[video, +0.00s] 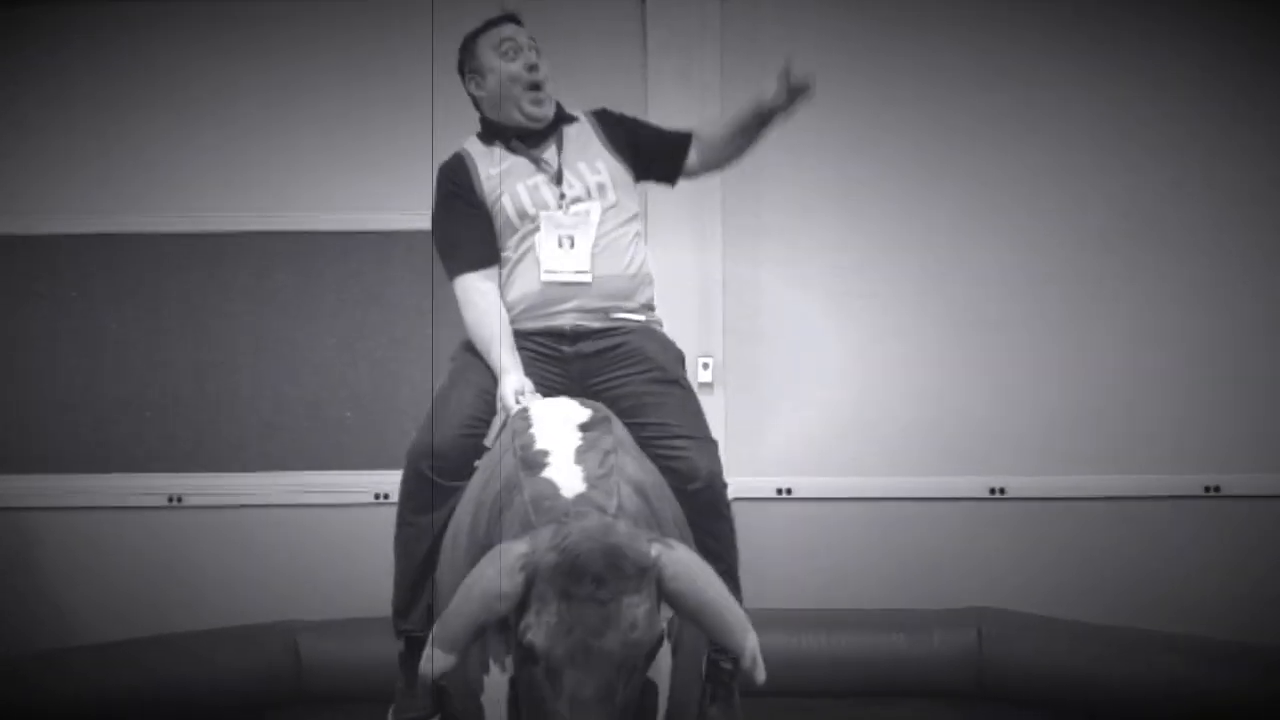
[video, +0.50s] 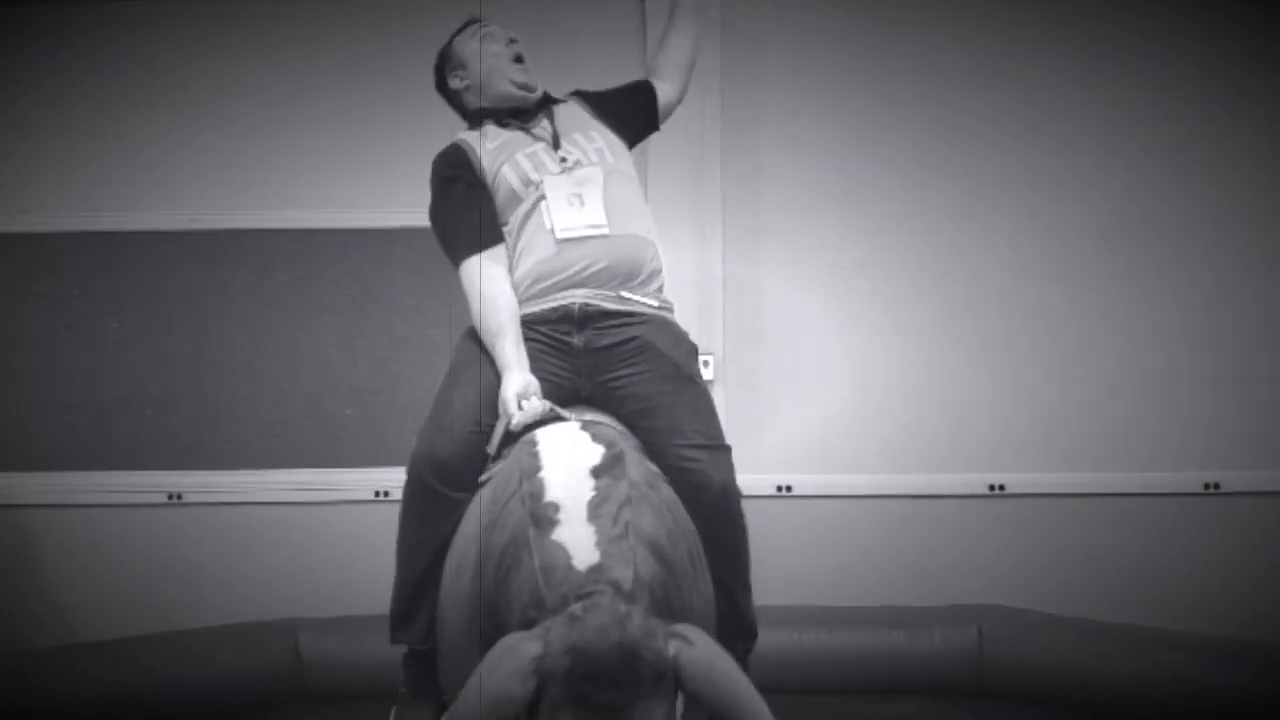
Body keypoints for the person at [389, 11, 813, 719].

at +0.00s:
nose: (533, 64)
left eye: (534, 51)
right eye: (509, 56)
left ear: (547, 65)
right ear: (474, 87)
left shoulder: (605, 132)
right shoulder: (466, 172)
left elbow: (699, 155)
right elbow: (474, 284)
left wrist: (765, 111)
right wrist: (508, 371)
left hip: (626, 339)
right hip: (519, 346)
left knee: (700, 476)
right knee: (434, 456)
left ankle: (725, 663)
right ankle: (418, 652)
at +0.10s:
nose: (532, 55)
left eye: (533, 43)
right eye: (508, 47)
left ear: (546, 61)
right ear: (474, 84)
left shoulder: (604, 121)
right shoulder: (467, 165)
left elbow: (701, 116)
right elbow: (479, 279)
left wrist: (761, 46)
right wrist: (510, 368)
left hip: (630, 336)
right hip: (523, 343)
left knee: (703, 475)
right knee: (436, 458)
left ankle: (730, 666)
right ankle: (420, 659)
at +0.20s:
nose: (533, 50)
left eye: (532, 38)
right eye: (509, 43)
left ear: (548, 57)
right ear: (477, 80)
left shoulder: (607, 114)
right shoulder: (470, 160)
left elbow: (694, 89)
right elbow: (483, 278)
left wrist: (742, 10)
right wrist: (513, 368)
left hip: (633, 331)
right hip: (521, 339)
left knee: (705, 475)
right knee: (437, 455)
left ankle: (728, 662)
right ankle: (423, 658)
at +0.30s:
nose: (529, 45)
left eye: (527, 35)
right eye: (505, 40)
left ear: (542, 55)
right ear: (473, 80)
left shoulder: (604, 111)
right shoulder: (469, 158)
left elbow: (685, 76)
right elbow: (485, 278)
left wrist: (717, 8)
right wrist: (514, 370)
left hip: (636, 328)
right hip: (525, 336)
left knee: (708, 474)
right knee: (438, 456)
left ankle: (730, 655)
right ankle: (421, 654)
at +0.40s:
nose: (528, 51)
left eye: (527, 43)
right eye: (506, 45)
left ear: (539, 63)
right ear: (467, 80)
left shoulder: (601, 111)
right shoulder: (468, 158)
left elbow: (677, 75)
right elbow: (487, 276)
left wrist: (701, 2)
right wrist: (516, 371)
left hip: (637, 328)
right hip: (522, 336)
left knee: (709, 477)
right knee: (439, 462)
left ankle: (728, 661)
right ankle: (421, 665)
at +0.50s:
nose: (519, 51)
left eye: (516, 45)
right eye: (496, 47)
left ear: (527, 66)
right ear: (461, 86)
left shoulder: (596, 112)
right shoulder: (465, 158)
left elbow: (670, 75)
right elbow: (485, 276)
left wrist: (681, 3)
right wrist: (514, 371)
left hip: (637, 328)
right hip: (521, 336)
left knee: (710, 480)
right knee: (438, 466)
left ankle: (730, 666)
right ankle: (419, 669)